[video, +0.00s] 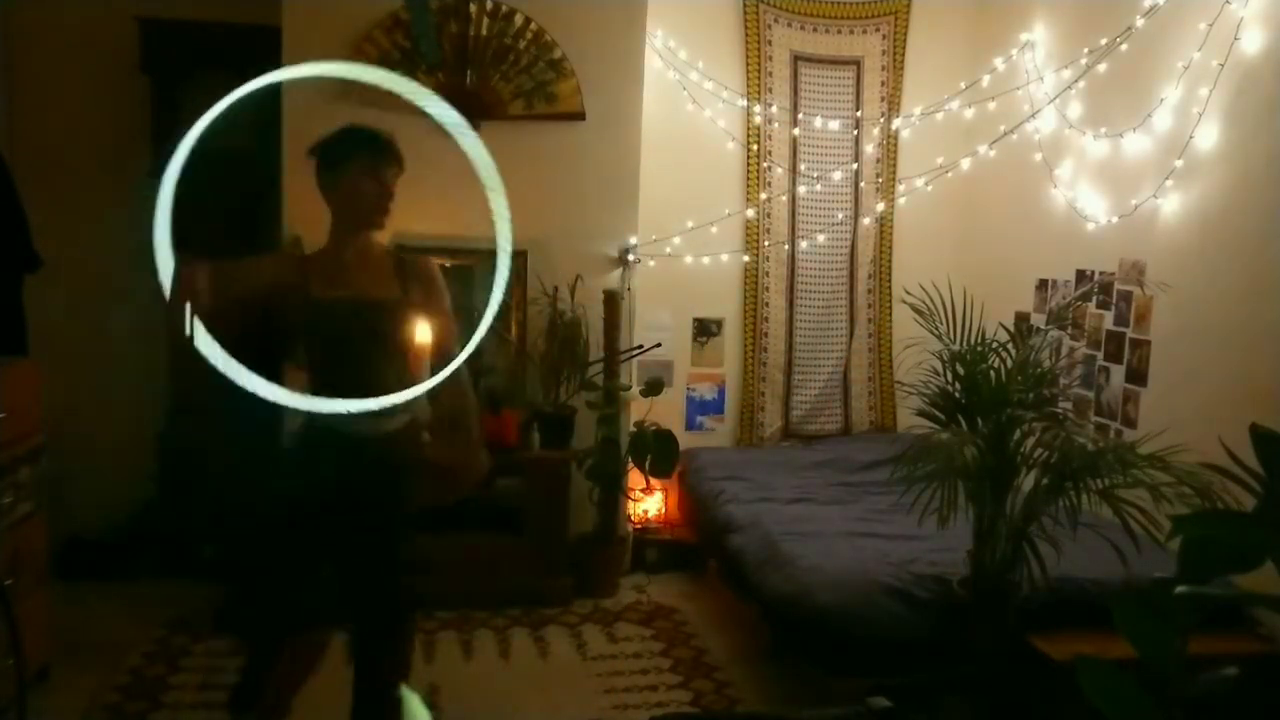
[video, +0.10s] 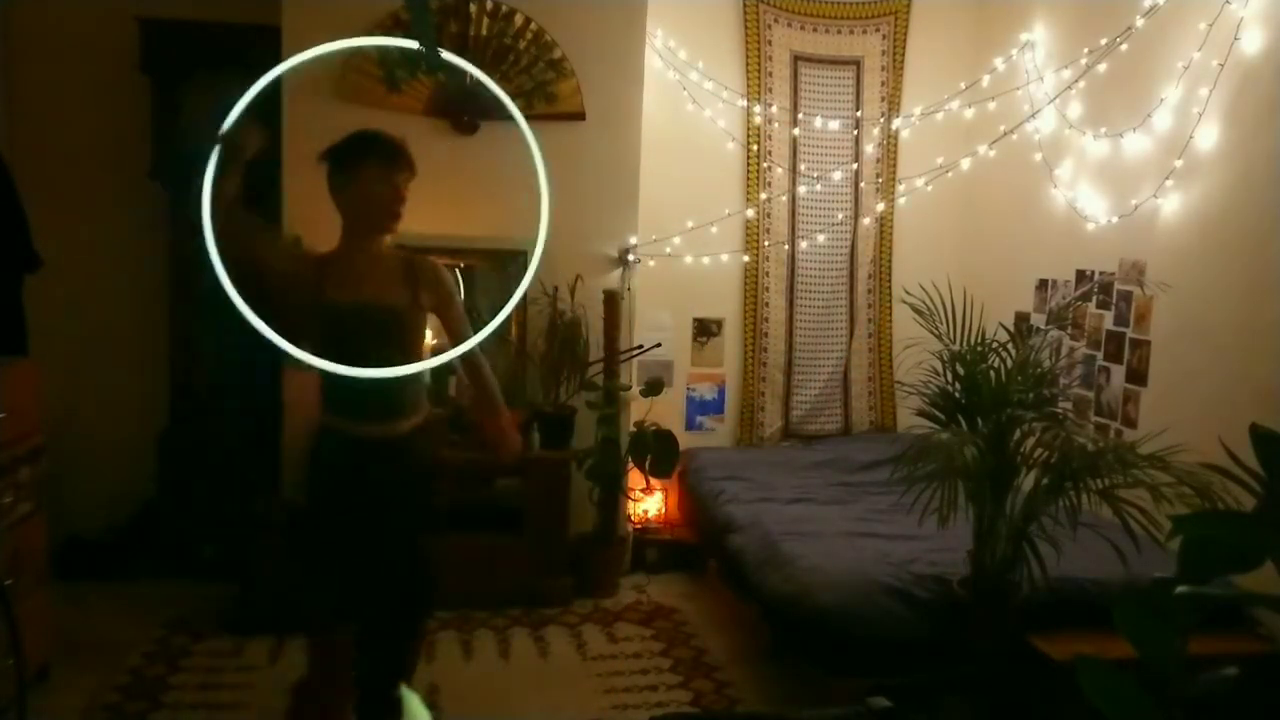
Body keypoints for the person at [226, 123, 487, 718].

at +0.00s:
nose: (388, 191)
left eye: (391, 179)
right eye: (372, 178)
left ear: (396, 188)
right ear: (330, 187)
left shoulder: (417, 277)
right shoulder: (296, 274)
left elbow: (448, 373)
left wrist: (464, 445)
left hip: (395, 460)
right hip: (319, 459)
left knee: (385, 636)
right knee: (297, 632)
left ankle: (378, 705)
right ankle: (255, 705)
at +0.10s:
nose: (399, 196)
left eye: (403, 184)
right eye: (384, 183)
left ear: (406, 193)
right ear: (341, 191)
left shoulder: (421, 274)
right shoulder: (311, 272)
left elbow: (470, 354)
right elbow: (227, 226)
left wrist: (500, 423)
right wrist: (236, 158)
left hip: (406, 450)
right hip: (338, 450)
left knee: (403, 590)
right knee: (335, 587)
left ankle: (383, 695)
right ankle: (330, 693)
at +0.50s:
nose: (472, 203)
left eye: (471, 189)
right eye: (462, 189)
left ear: (429, 187)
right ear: (423, 186)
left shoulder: (433, 257)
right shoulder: (399, 249)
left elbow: (516, 261)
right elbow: (502, 224)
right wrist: (600, 191)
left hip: (450, 447)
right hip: (418, 450)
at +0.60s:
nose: (483, 207)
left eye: (482, 192)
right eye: (474, 192)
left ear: (424, 193)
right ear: (441, 192)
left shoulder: (400, 261)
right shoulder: (439, 247)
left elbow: (373, 365)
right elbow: (530, 268)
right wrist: (624, 291)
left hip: (419, 444)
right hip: (446, 444)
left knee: (407, 612)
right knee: (474, 610)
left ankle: (379, 709)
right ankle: (474, 707)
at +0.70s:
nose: (492, 213)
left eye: (493, 199)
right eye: (484, 198)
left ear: (433, 198)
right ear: (448, 195)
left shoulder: (381, 277)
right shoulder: (467, 252)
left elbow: (358, 386)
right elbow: (532, 324)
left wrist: (350, 465)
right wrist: (589, 370)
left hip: (409, 448)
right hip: (472, 444)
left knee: (404, 608)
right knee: (481, 610)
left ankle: (378, 707)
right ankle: (468, 708)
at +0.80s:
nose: (498, 218)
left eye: (498, 204)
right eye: (493, 203)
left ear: (434, 201)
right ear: (464, 201)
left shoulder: (379, 283)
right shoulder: (491, 263)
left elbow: (354, 400)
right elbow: (516, 364)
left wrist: (347, 486)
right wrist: (538, 422)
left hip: (411, 459)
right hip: (482, 459)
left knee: (399, 628)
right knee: (484, 629)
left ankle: (385, 711)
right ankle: (470, 710)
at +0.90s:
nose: (504, 219)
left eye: (506, 204)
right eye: (501, 204)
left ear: (440, 200)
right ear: (479, 202)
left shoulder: (378, 283)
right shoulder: (499, 269)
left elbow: (360, 398)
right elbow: (513, 372)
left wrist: (357, 492)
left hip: (414, 465)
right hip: (491, 466)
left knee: (395, 636)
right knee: (487, 643)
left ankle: (376, 712)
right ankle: (475, 713)